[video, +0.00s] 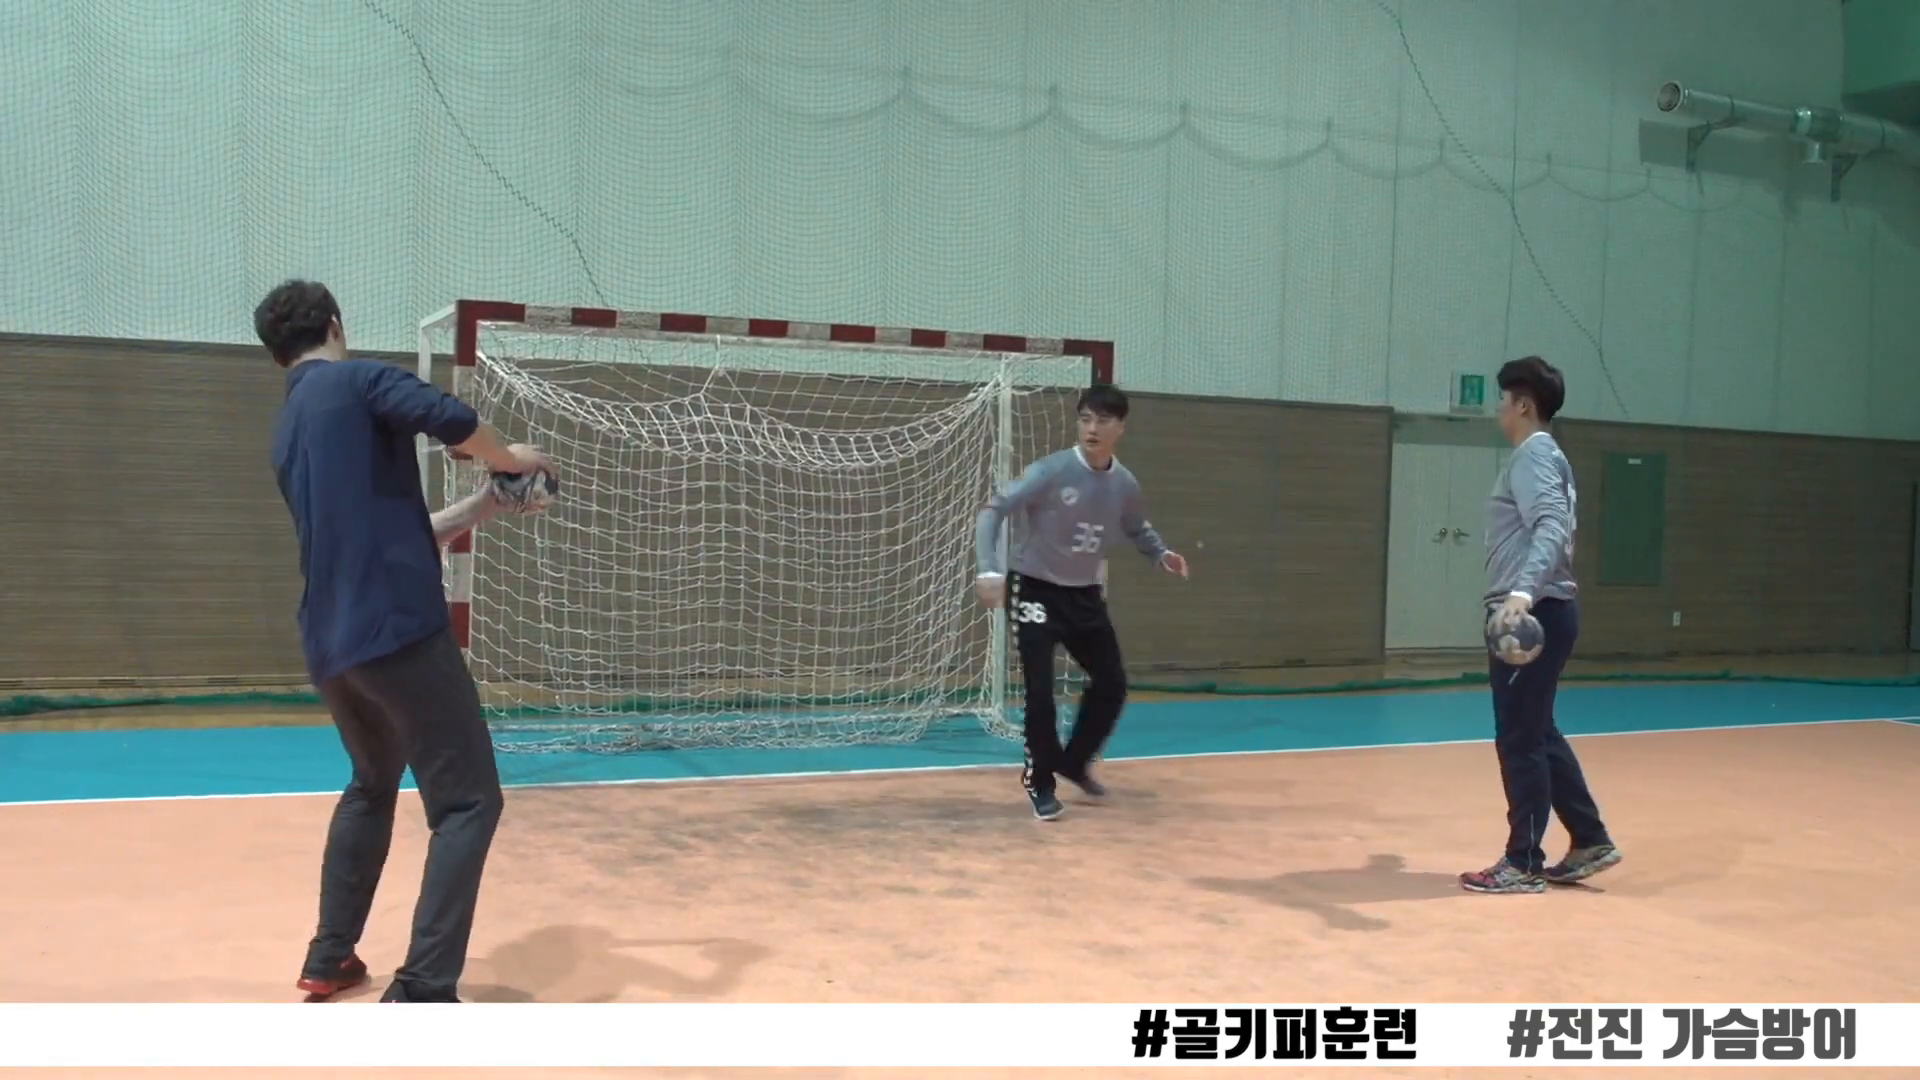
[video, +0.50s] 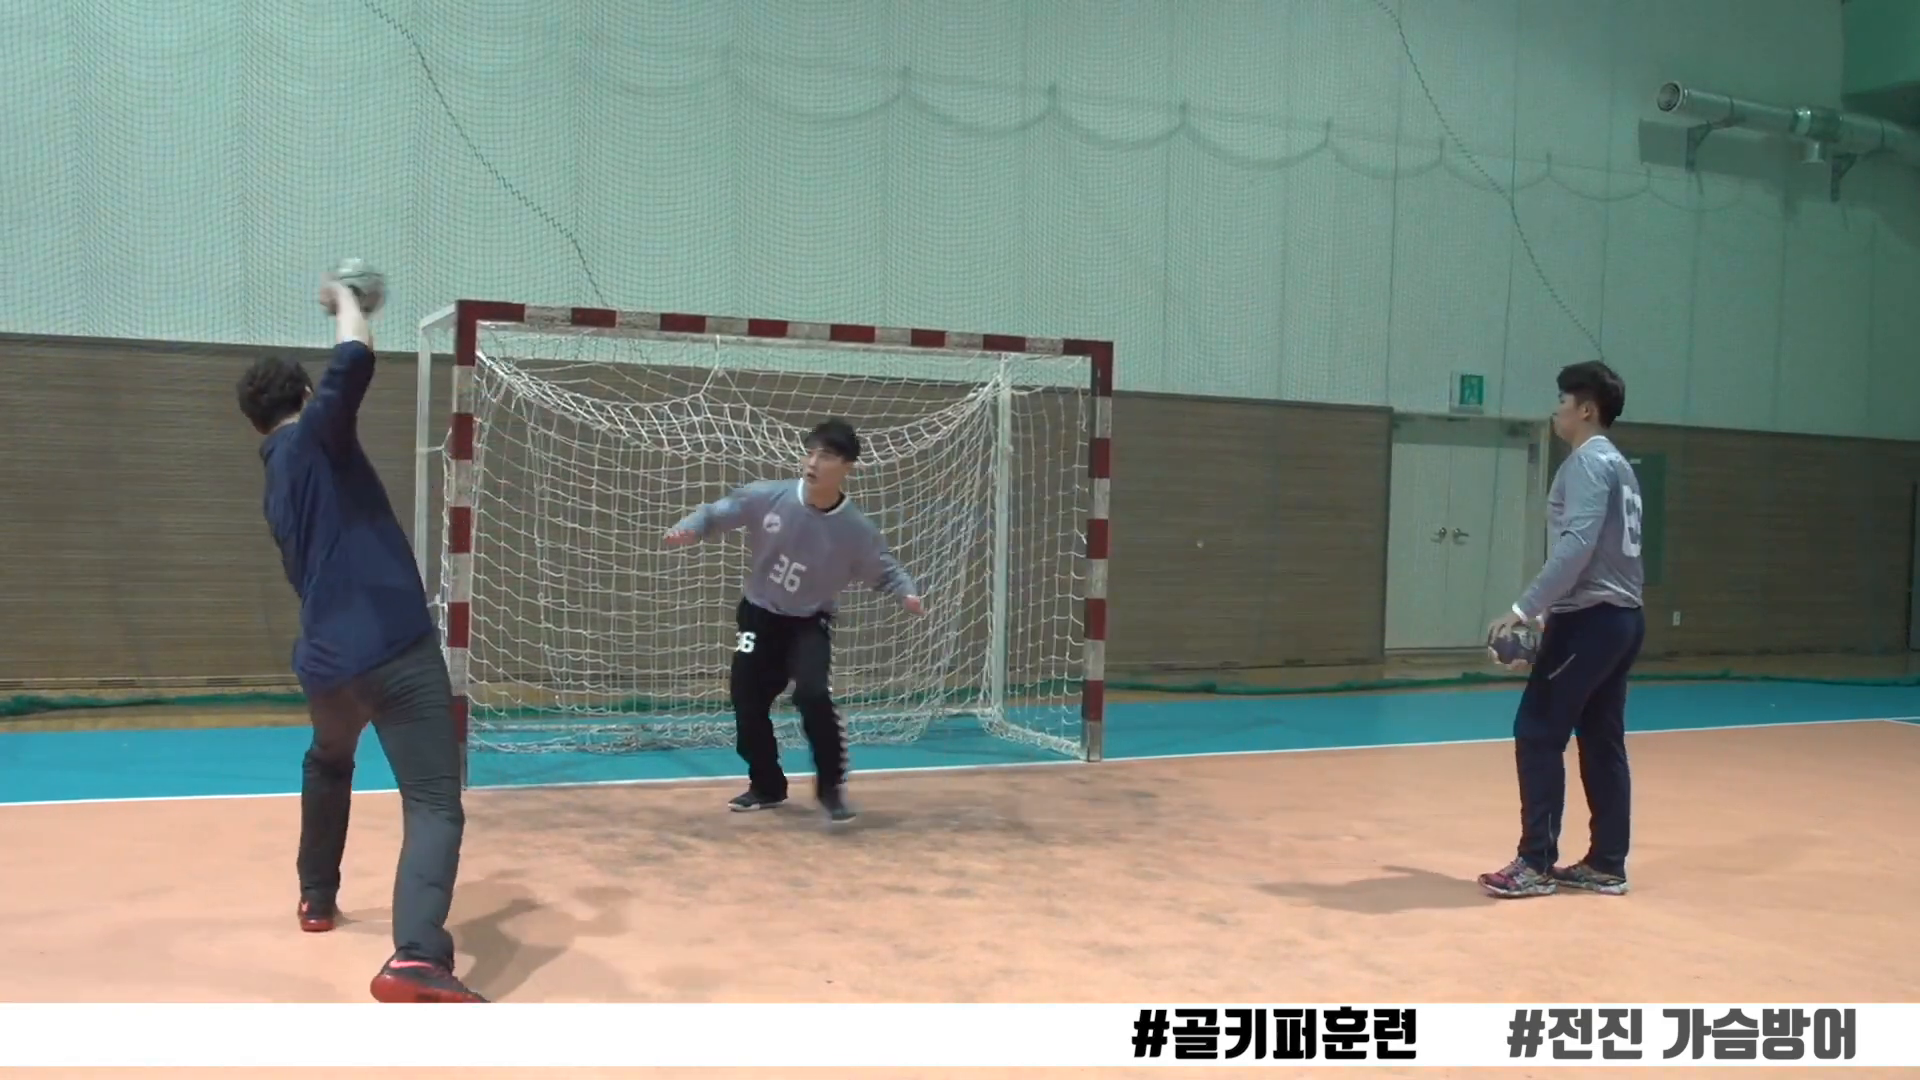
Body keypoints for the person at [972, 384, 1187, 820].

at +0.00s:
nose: (1092, 429)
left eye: (1103, 422)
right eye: (1086, 419)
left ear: (1121, 429)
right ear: (1076, 423)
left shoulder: (1124, 485)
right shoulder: (1051, 471)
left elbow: (1138, 530)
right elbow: (992, 511)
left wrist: (1162, 554)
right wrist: (989, 570)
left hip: (1084, 594)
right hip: (1035, 590)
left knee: (1111, 685)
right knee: (1040, 691)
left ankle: (1074, 761)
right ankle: (1042, 784)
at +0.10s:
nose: (1032, 439)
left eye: (1044, 431)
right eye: (1027, 429)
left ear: (1064, 439)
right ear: (1020, 432)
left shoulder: (1076, 496)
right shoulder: (986, 482)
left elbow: (1104, 534)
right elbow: (942, 528)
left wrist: (1121, 554)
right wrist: (912, 582)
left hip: (1024, 603)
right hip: (976, 595)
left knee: (1020, 699)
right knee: (973, 682)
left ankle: (960, 726)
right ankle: (966, 762)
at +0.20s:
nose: (977, 469)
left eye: (988, 461)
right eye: (972, 460)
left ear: (1007, 469)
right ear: (965, 465)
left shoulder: (1024, 527)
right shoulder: (937, 515)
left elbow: (1056, 561)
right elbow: (899, 568)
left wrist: (1073, 576)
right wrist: (866, 613)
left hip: (967, 630)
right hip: (920, 619)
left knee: (951, 708)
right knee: (903, 693)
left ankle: (916, 764)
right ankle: (849, 753)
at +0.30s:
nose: (920, 472)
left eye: (932, 465)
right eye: (917, 463)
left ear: (951, 473)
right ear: (910, 468)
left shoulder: (967, 533)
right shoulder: (879, 517)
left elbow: (1012, 578)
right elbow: (840, 560)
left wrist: (1011, 563)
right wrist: (795, 594)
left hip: (923, 647)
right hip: (869, 636)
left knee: (934, 726)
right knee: (820, 695)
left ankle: (920, 767)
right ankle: (771, 772)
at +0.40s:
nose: (859, 463)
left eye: (871, 456)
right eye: (855, 454)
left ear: (893, 468)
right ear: (848, 458)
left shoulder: (906, 534)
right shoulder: (813, 504)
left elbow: (937, 571)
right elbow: (772, 535)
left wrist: (957, 580)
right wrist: (721, 557)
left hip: (861, 641)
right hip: (806, 632)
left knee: (892, 725)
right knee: (766, 708)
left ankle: (919, 756)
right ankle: (766, 788)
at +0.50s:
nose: (813, 463)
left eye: (825, 457)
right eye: (810, 453)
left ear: (847, 469)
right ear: (804, 457)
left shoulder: (856, 531)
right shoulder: (768, 498)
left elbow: (886, 572)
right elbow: (716, 513)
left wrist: (907, 594)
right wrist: (688, 528)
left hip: (810, 624)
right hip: (760, 617)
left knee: (812, 696)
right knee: (747, 700)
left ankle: (831, 790)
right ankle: (767, 786)